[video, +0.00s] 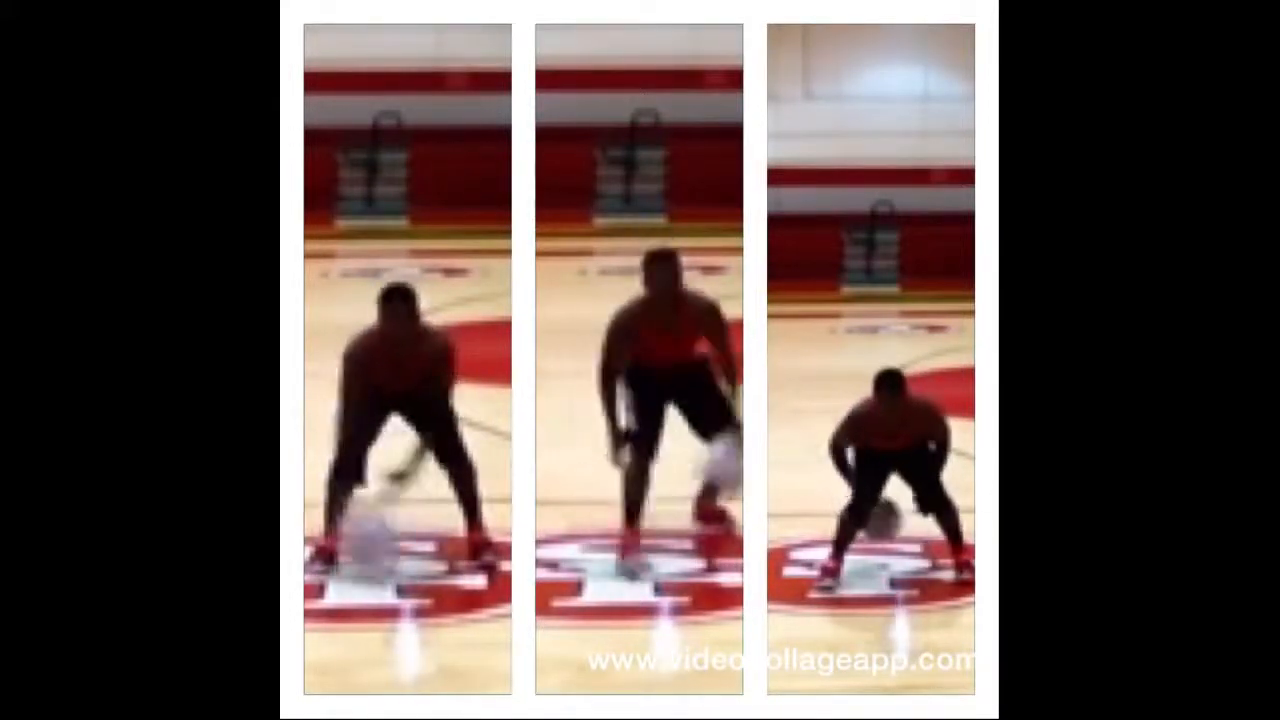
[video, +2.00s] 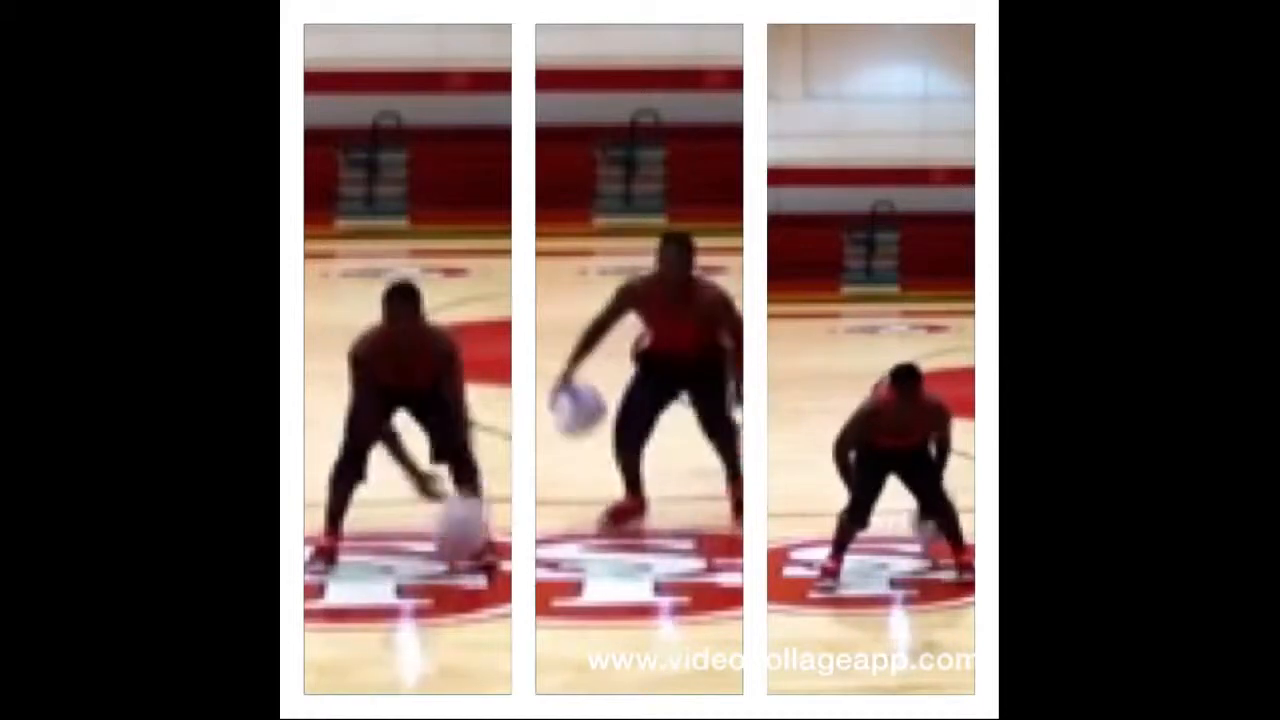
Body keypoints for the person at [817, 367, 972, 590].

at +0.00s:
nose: (891, 408)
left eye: (896, 401)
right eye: (885, 401)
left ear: (905, 395)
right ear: (876, 396)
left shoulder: (924, 412)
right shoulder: (862, 415)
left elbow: (943, 442)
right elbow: (836, 446)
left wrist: (929, 484)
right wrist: (854, 483)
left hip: (912, 453)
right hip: (872, 454)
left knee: (939, 501)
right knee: (860, 506)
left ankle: (960, 556)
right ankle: (834, 561)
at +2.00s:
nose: (906, 403)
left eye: (911, 395)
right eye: (901, 396)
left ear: (920, 391)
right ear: (891, 391)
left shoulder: (934, 410)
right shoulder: (874, 409)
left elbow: (943, 445)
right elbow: (841, 446)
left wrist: (935, 477)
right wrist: (853, 485)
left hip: (913, 455)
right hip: (873, 456)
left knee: (939, 505)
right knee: (858, 509)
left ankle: (961, 557)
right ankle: (834, 560)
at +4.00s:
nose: (893, 404)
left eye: (901, 398)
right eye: (889, 396)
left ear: (912, 392)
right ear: (882, 390)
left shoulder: (930, 410)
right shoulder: (869, 410)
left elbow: (952, 438)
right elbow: (846, 436)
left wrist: (943, 472)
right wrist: (852, 475)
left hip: (919, 452)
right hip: (879, 451)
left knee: (940, 502)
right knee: (862, 507)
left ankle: (962, 557)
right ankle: (835, 559)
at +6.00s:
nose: (909, 423)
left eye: (914, 419)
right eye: (904, 419)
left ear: (923, 409)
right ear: (894, 409)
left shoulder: (938, 415)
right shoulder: (876, 416)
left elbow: (951, 444)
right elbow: (844, 450)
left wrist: (953, 478)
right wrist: (855, 488)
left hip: (918, 456)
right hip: (877, 457)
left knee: (947, 504)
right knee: (860, 510)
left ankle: (963, 555)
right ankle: (834, 560)